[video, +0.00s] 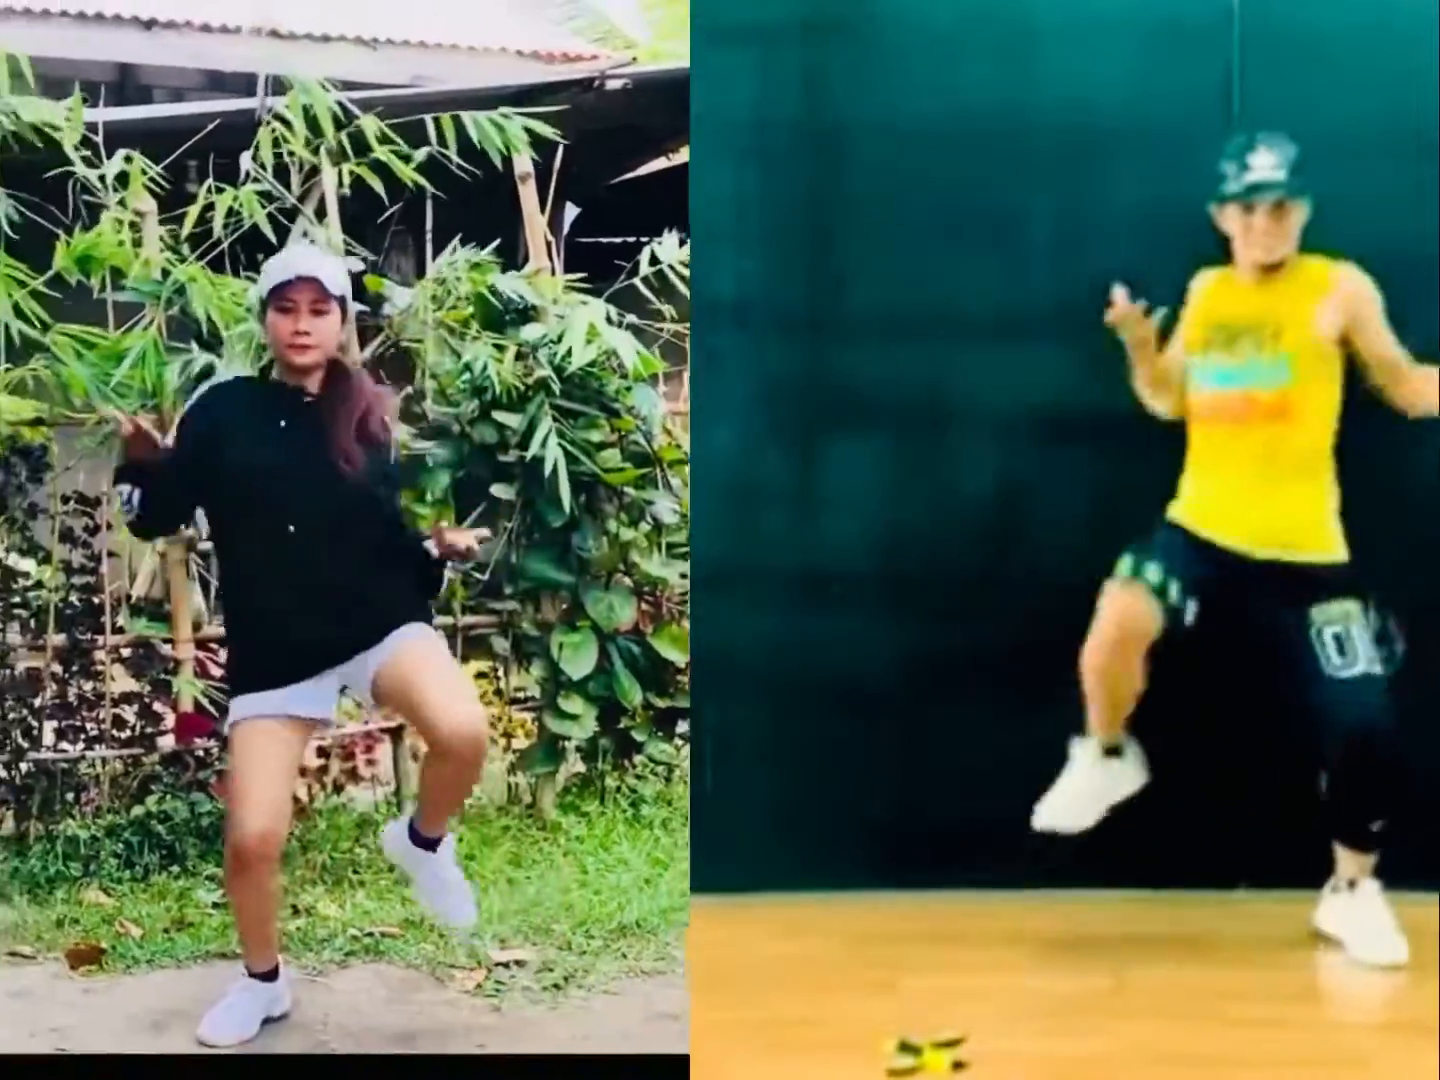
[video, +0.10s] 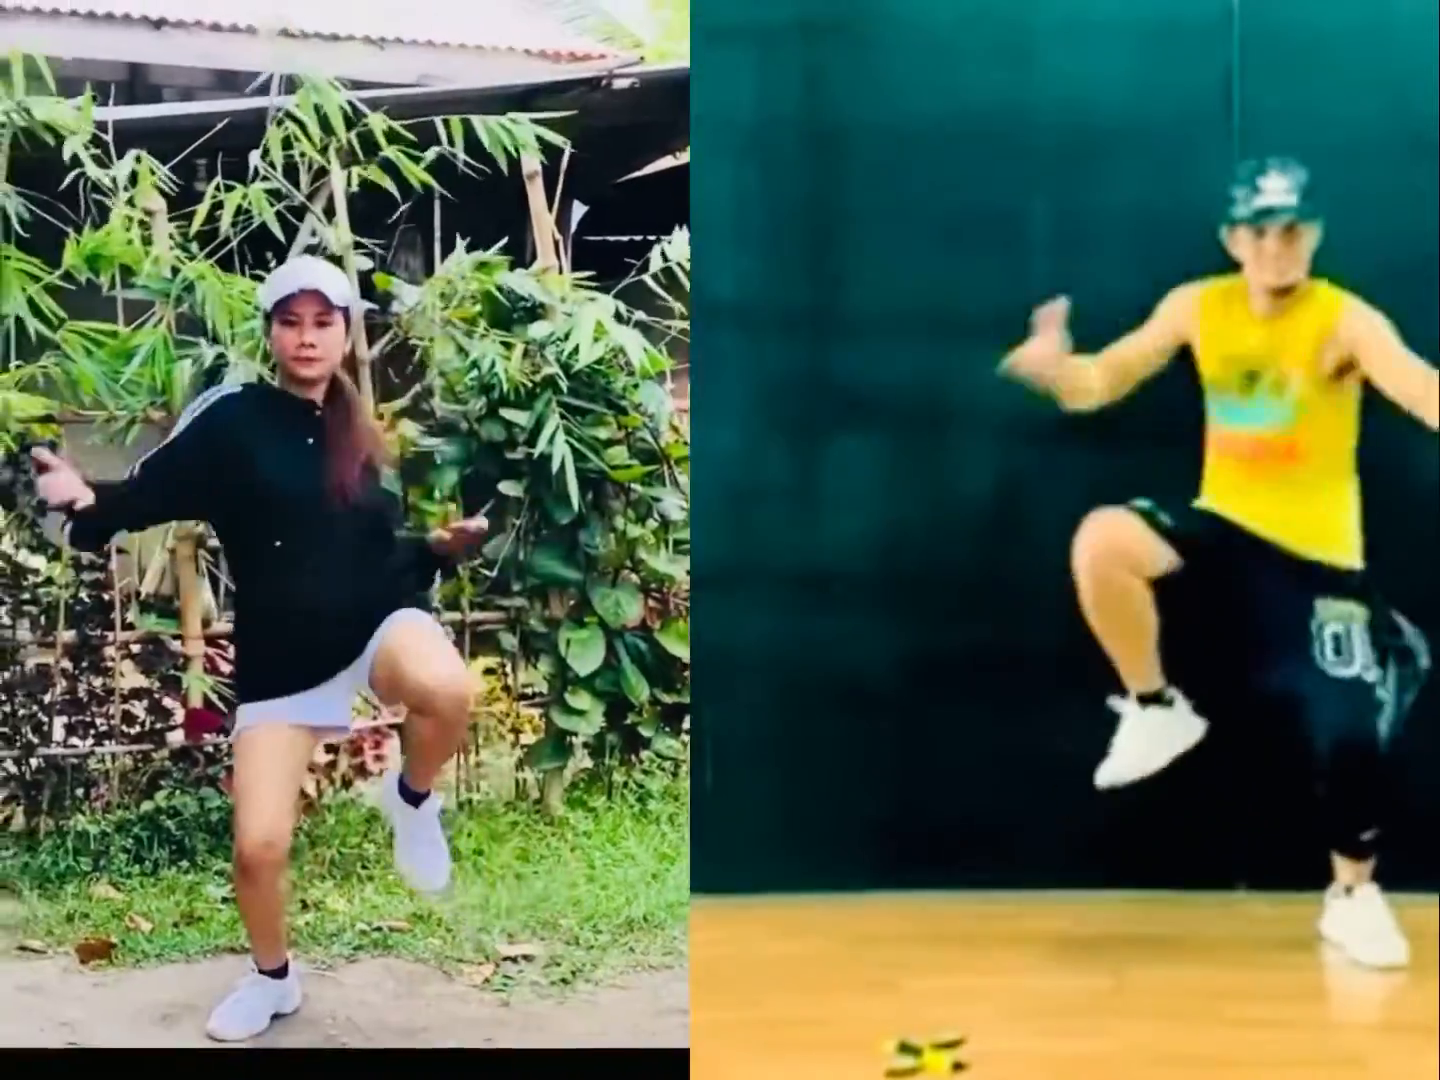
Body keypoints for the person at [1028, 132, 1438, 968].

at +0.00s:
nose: (1266, 222)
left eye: (1280, 206)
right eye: (1250, 208)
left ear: (1304, 212)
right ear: (1222, 216)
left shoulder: (1341, 288)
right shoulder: (1205, 294)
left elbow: (1405, 385)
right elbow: (1168, 398)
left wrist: (1426, 379)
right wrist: (1140, 346)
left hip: (1304, 540)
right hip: (1201, 527)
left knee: (1363, 719)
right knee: (1114, 630)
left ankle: (1351, 889)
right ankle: (1105, 755)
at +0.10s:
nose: (1278, 249)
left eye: (1293, 231)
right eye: (1261, 232)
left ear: (1315, 237)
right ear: (1233, 240)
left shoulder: (1347, 321)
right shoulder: (1195, 308)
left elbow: (1423, 394)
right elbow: (1102, 381)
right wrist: (1050, 364)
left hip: (1321, 553)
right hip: (1221, 529)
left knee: (1350, 736)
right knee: (1103, 544)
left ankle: (1353, 892)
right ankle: (1152, 708)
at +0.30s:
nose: (1272, 238)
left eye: (1285, 220)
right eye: (1255, 221)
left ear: (1309, 221)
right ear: (1228, 228)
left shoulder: (1344, 289)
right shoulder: (1198, 308)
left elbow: (1380, 382)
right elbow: (1180, 416)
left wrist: (1422, 380)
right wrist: (1107, 397)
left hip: (1317, 558)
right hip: (1208, 543)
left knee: (1365, 727)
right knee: (1070, 652)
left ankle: (1353, 892)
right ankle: (1071, 792)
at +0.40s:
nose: (1249, 239)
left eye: (1263, 222)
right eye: (1232, 223)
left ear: (1286, 228)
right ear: (1207, 231)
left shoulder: (1318, 310)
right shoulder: (1171, 309)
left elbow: (1363, 412)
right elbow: (1140, 416)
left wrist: (1438, 409)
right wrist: (1123, 384)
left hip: (1300, 564)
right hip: (1186, 561)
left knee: (1366, 716)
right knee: (1083, 718)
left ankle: (1357, 884)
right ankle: (1013, 843)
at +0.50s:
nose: (1219, 274)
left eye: (1235, 258)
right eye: (1204, 258)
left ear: (1257, 265)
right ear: (1175, 265)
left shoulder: (1285, 367)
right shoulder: (1125, 340)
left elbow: (1370, 472)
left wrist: (1437, 469)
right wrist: (1056, 412)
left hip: (1272, 598)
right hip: (1159, 597)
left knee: (1363, 722)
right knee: (1081, 753)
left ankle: (1357, 886)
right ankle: (1019, 882)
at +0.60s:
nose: (1179, 321)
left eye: (1195, 303)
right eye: (1163, 303)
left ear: (1220, 310)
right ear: (1140, 310)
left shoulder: (1252, 381)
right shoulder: (1108, 381)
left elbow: (1329, 457)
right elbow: (1002, 433)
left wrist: (1415, 494)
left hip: (1238, 619)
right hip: (1128, 616)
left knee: (1320, 740)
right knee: (1048, 779)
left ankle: (1351, 895)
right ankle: (1015, 887)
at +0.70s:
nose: (1158, 292)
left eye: (1173, 275)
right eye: (1143, 275)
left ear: (1197, 281)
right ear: (1117, 282)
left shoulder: (1230, 343)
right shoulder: (1081, 359)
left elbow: (1306, 440)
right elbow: (986, 442)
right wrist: (906, 414)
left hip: (1209, 596)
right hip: (1100, 595)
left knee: (1284, 749)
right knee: (1032, 775)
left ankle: (1351, 896)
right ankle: (1013, 889)